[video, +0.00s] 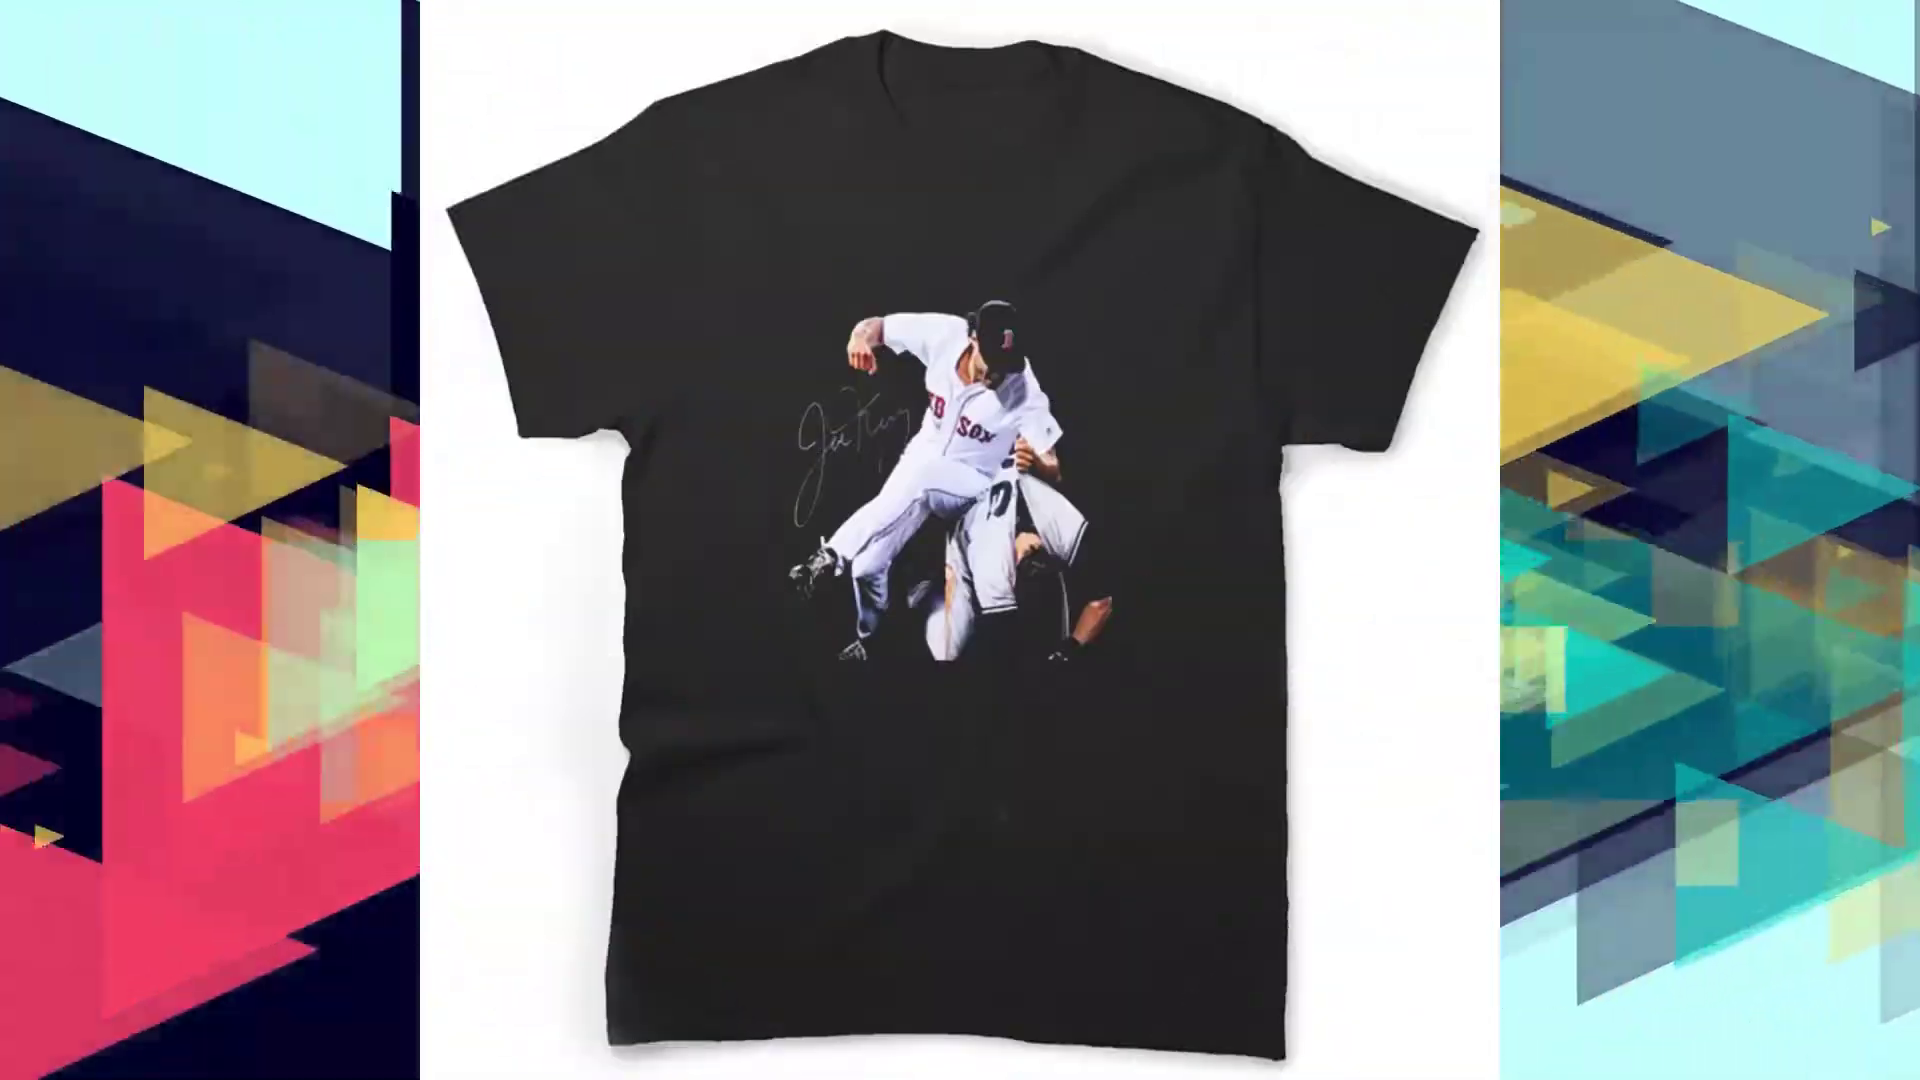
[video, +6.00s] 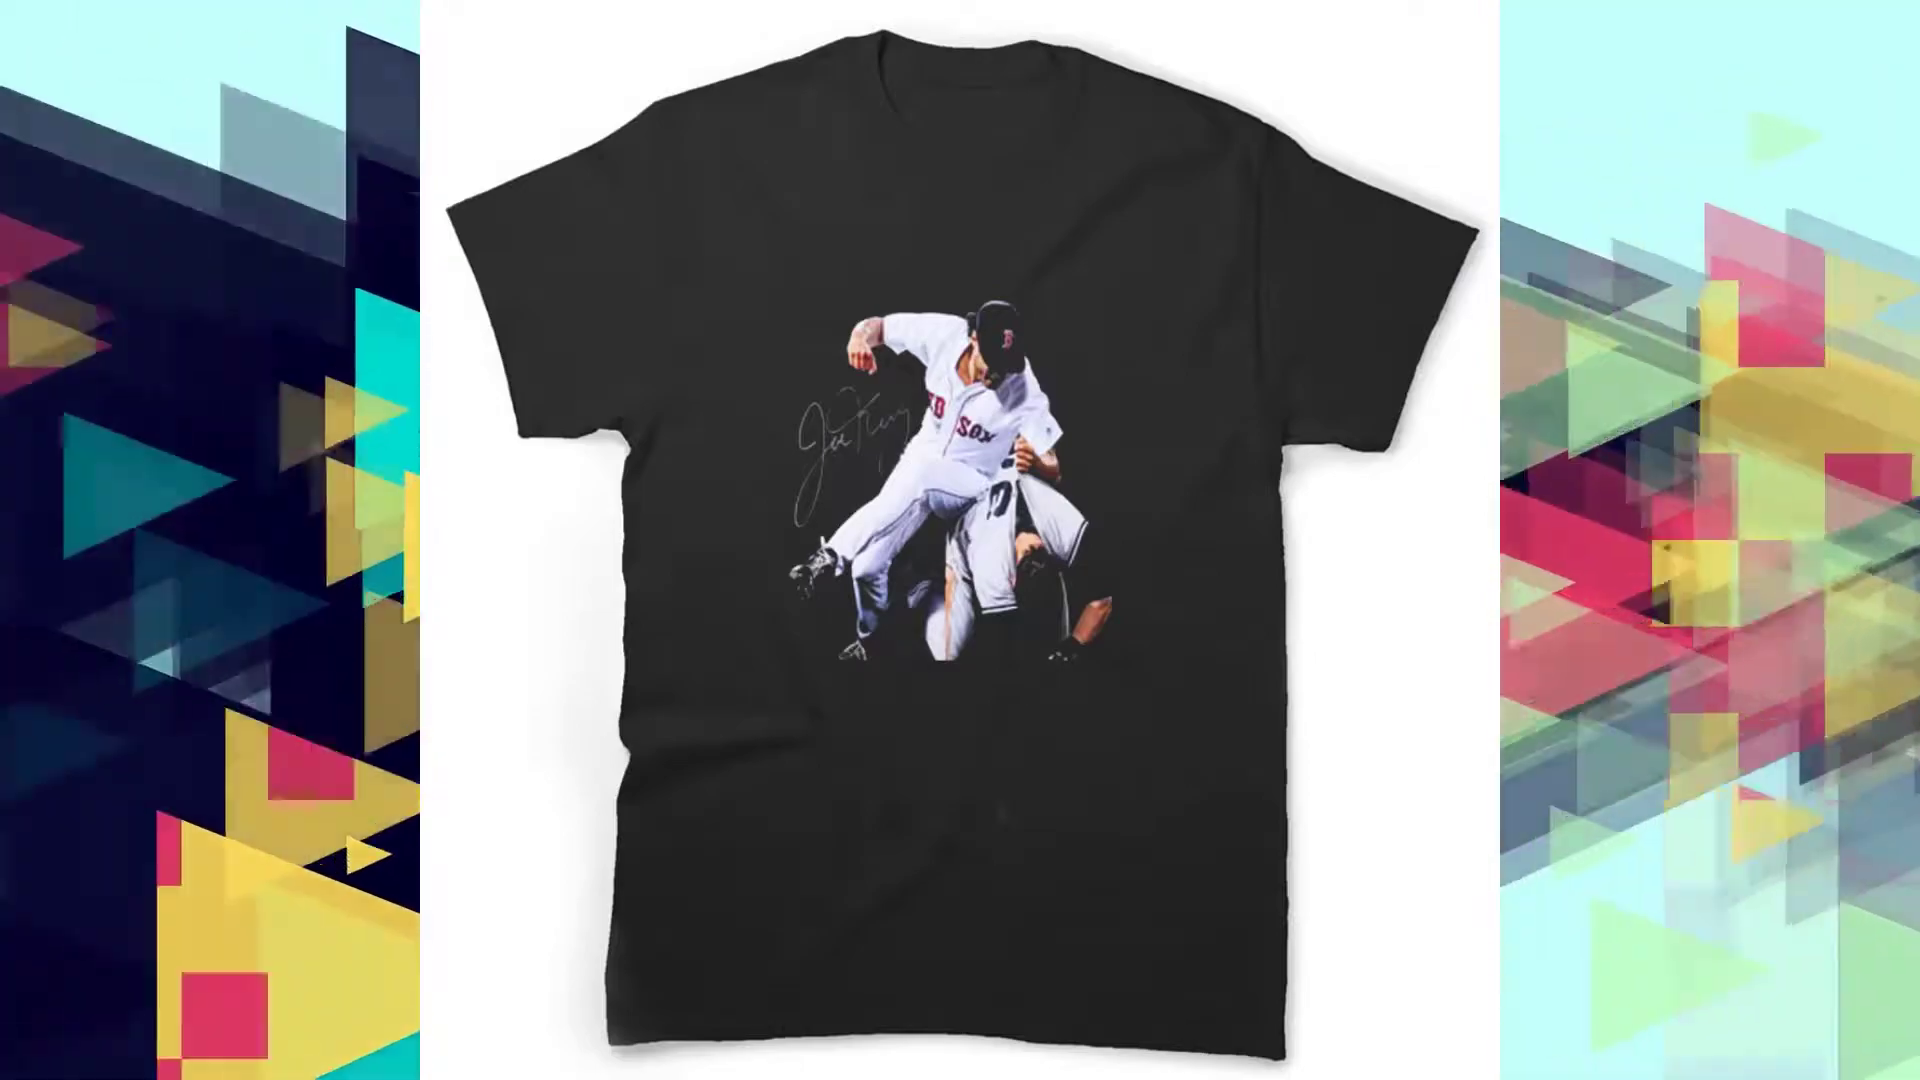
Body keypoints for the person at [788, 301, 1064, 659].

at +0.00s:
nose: (995, 373)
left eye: (1004, 366)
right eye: (990, 364)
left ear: (1016, 355)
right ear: (973, 342)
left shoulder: (1023, 390)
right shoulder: (946, 334)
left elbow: (1055, 470)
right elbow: (874, 327)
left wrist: (1038, 463)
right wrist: (861, 341)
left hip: (978, 482)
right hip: (922, 460)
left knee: (920, 477)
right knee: (867, 565)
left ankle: (827, 559)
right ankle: (870, 640)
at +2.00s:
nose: (997, 374)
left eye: (1006, 367)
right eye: (991, 364)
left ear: (1017, 354)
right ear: (973, 341)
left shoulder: (1023, 389)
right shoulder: (946, 334)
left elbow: (1054, 468)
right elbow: (878, 327)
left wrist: (1038, 463)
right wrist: (861, 338)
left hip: (979, 482)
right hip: (922, 460)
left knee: (920, 476)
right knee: (867, 566)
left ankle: (828, 560)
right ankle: (871, 642)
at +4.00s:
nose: (997, 374)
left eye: (1006, 367)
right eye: (991, 364)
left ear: (1017, 354)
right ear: (973, 341)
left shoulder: (1023, 389)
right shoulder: (946, 334)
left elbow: (1054, 468)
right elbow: (878, 327)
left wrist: (1038, 463)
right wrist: (861, 338)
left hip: (979, 482)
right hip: (922, 460)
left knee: (920, 476)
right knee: (867, 566)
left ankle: (828, 560)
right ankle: (871, 641)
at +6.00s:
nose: (994, 375)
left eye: (1003, 368)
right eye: (990, 365)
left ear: (1016, 355)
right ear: (973, 341)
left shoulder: (1024, 390)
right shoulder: (946, 334)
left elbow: (1054, 469)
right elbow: (878, 327)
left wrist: (1038, 463)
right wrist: (861, 339)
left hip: (979, 484)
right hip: (922, 462)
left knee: (920, 474)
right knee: (867, 567)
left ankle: (828, 560)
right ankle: (872, 641)